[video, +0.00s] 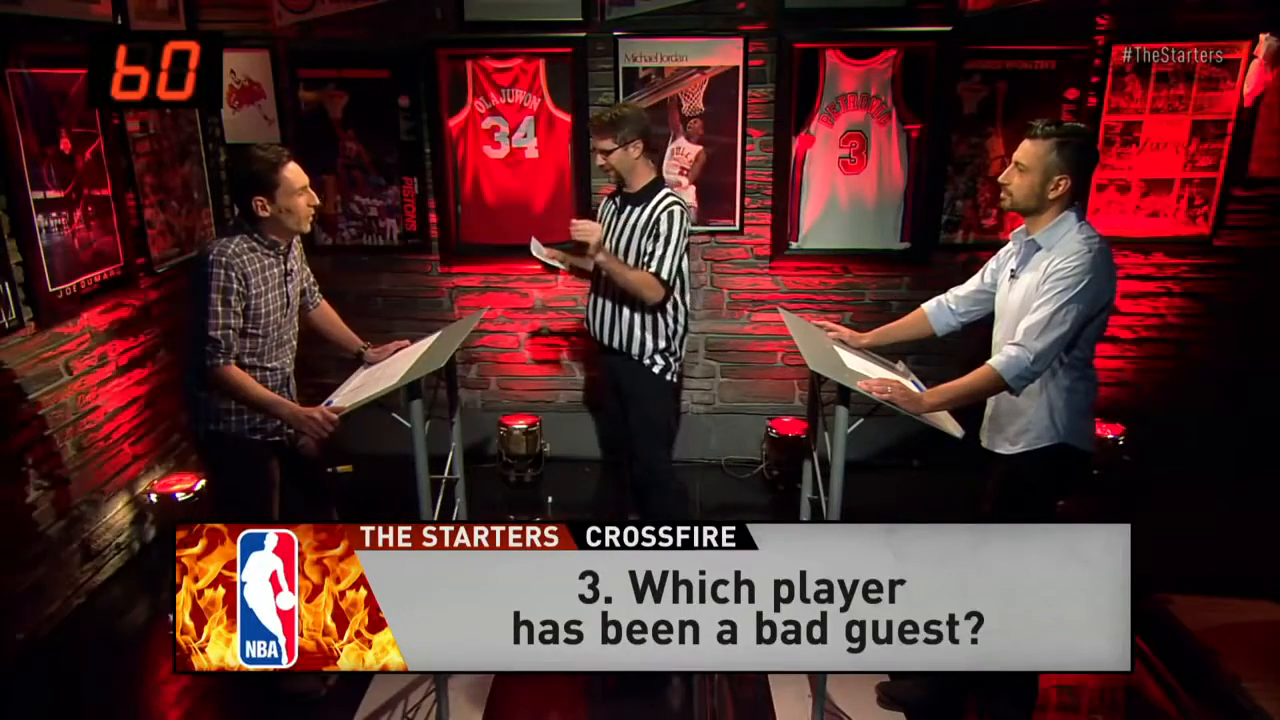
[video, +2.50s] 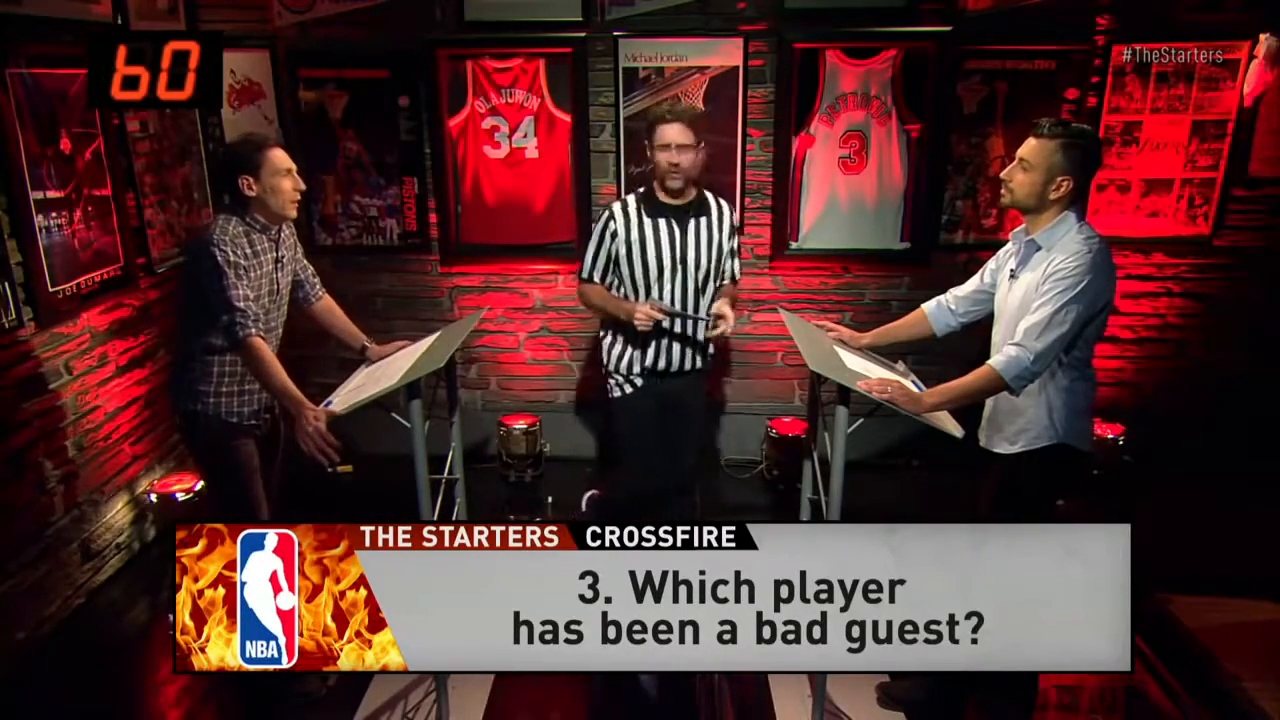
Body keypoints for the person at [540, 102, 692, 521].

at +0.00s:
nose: (599, 162)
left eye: (607, 152)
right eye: (596, 152)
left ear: (637, 148)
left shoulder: (670, 210)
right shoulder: (611, 203)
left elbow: (654, 290)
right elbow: (604, 268)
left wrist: (601, 252)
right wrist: (567, 260)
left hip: (650, 364)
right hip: (609, 355)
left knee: (651, 468)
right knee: (615, 463)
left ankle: (663, 543)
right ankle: (615, 535)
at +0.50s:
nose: (599, 160)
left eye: (607, 150)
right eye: (595, 151)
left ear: (638, 147)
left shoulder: (673, 209)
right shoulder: (605, 204)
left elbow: (670, 293)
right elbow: (599, 275)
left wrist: (619, 262)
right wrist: (559, 263)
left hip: (653, 368)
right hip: (608, 361)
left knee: (653, 474)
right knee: (611, 469)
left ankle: (663, 550)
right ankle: (612, 542)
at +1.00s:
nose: (618, 145)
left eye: (630, 139)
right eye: (618, 135)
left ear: (665, 148)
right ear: (626, 142)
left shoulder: (693, 212)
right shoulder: (610, 205)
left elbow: (699, 303)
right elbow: (608, 283)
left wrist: (651, 276)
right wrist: (579, 272)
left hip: (669, 381)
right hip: (617, 373)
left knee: (663, 498)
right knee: (611, 489)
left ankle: (670, 596)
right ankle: (617, 590)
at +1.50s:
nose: (633, 147)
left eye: (647, 141)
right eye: (630, 137)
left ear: (675, 151)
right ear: (624, 140)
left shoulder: (706, 217)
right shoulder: (611, 209)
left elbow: (713, 304)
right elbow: (599, 282)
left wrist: (675, 297)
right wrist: (580, 284)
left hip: (677, 383)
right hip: (617, 375)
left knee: (671, 491)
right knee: (610, 482)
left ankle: (675, 572)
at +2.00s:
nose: (701, 152)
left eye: (701, 142)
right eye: (690, 145)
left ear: (689, 149)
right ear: (654, 153)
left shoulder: (711, 214)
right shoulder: (615, 218)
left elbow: (725, 293)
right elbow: (581, 288)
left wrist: (754, 259)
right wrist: (610, 305)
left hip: (688, 383)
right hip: (631, 385)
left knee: (677, 504)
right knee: (625, 503)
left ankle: (671, 596)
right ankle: (617, 596)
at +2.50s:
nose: (675, 158)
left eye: (685, 147)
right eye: (665, 148)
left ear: (702, 154)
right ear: (649, 154)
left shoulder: (721, 215)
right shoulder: (620, 216)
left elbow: (726, 285)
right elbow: (588, 288)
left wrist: (725, 307)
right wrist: (628, 311)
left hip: (692, 380)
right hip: (631, 382)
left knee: (685, 488)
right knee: (635, 488)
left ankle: (680, 576)